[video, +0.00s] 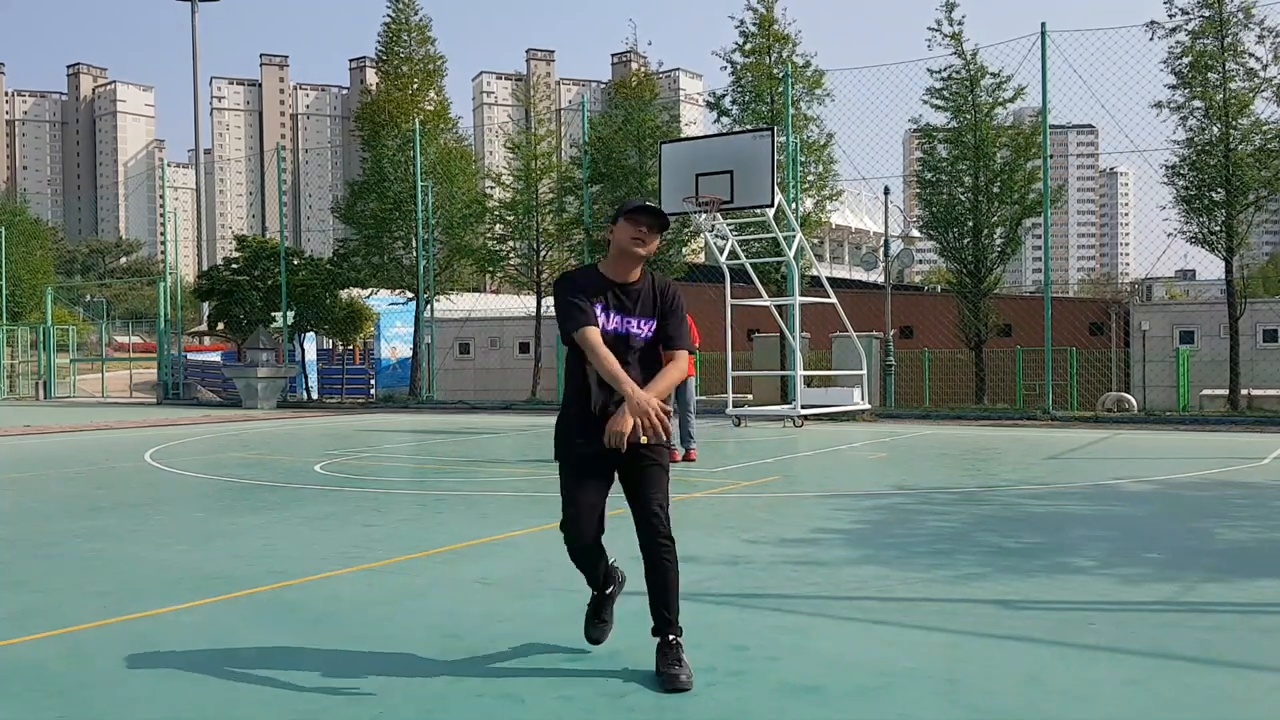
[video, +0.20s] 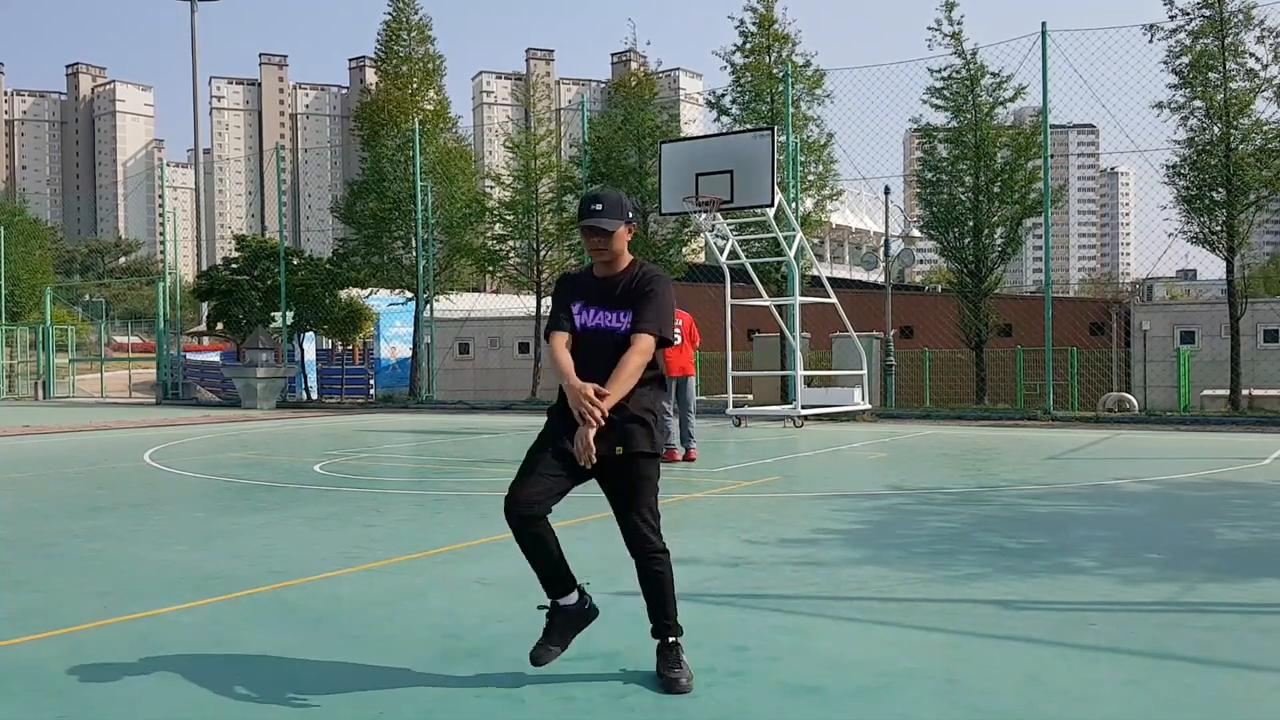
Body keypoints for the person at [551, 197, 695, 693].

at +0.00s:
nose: (646, 235)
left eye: (654, 231)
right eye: (637, 225)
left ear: (658, 244)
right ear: (612, 229)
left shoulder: (665, 294)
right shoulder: (575, 284)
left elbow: (680, 364)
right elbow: (593, 347)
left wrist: (633, 408)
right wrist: (636, 394)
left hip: (646, 431)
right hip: (585, 429)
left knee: (656, 530)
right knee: (578, 536)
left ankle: (669, 642)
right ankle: (605, 582)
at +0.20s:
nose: (596, 241)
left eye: (605, 233)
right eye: (589, 233)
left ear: (629, 232)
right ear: (582, 235)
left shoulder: (652, 284)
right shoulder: (569, 285)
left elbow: (639, 353)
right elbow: (559, 344)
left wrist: (594, 419)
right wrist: (572, 383)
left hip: (630, 420)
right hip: (574, 418)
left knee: (643, 534)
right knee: (522, 507)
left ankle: (669, 643)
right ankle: (569, 602)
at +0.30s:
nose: (576, 236)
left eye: (585, 226)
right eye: (569, 227)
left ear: (610, 224)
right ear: (563, 230)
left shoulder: (635, 275)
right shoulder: (561, 284)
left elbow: (620, 350)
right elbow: (542, 344)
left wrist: (574, 420)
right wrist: (544, 379)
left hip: (612, 424)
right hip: (559, 422)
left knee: (635, 534)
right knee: (509, 520)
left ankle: (675, 642)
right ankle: (514, 641)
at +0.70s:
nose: (546, 233)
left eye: (554, 224)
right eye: (535, 223)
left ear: (565, 230)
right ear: (511, 229)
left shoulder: (577, 265)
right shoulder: (488, 280)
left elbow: (591, 315)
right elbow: (469, 338)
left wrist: (554, 344)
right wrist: (534, 309)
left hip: (587, 425)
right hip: (522, 436)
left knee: (630, 516)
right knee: (503, 554)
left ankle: (625, 619)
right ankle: (479, 668)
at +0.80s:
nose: (560, 227)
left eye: (568, 218)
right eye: (549, 217)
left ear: (577, 227)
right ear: (524, 221)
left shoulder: (582, 267)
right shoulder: (497, 271)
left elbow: (608, 283)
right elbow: (488, 310)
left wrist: (588, 282)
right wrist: (553, 265)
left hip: (591, 424)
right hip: (527, 435)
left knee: (641, 517)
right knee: (507, 554)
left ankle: (646, 619)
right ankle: (475, 663)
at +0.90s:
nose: (576, 229)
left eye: (582, 221)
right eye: (564, 219)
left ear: (589, 228)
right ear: (536, 224)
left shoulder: (592, 271)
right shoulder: (508, 273)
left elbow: (623, 273)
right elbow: (506, 298)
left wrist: (613, 253)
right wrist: (572, 251)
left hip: (603, 437)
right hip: (534, 444)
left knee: (654, 530)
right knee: (510, 550)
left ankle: (671, 637)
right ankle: (467, 662)